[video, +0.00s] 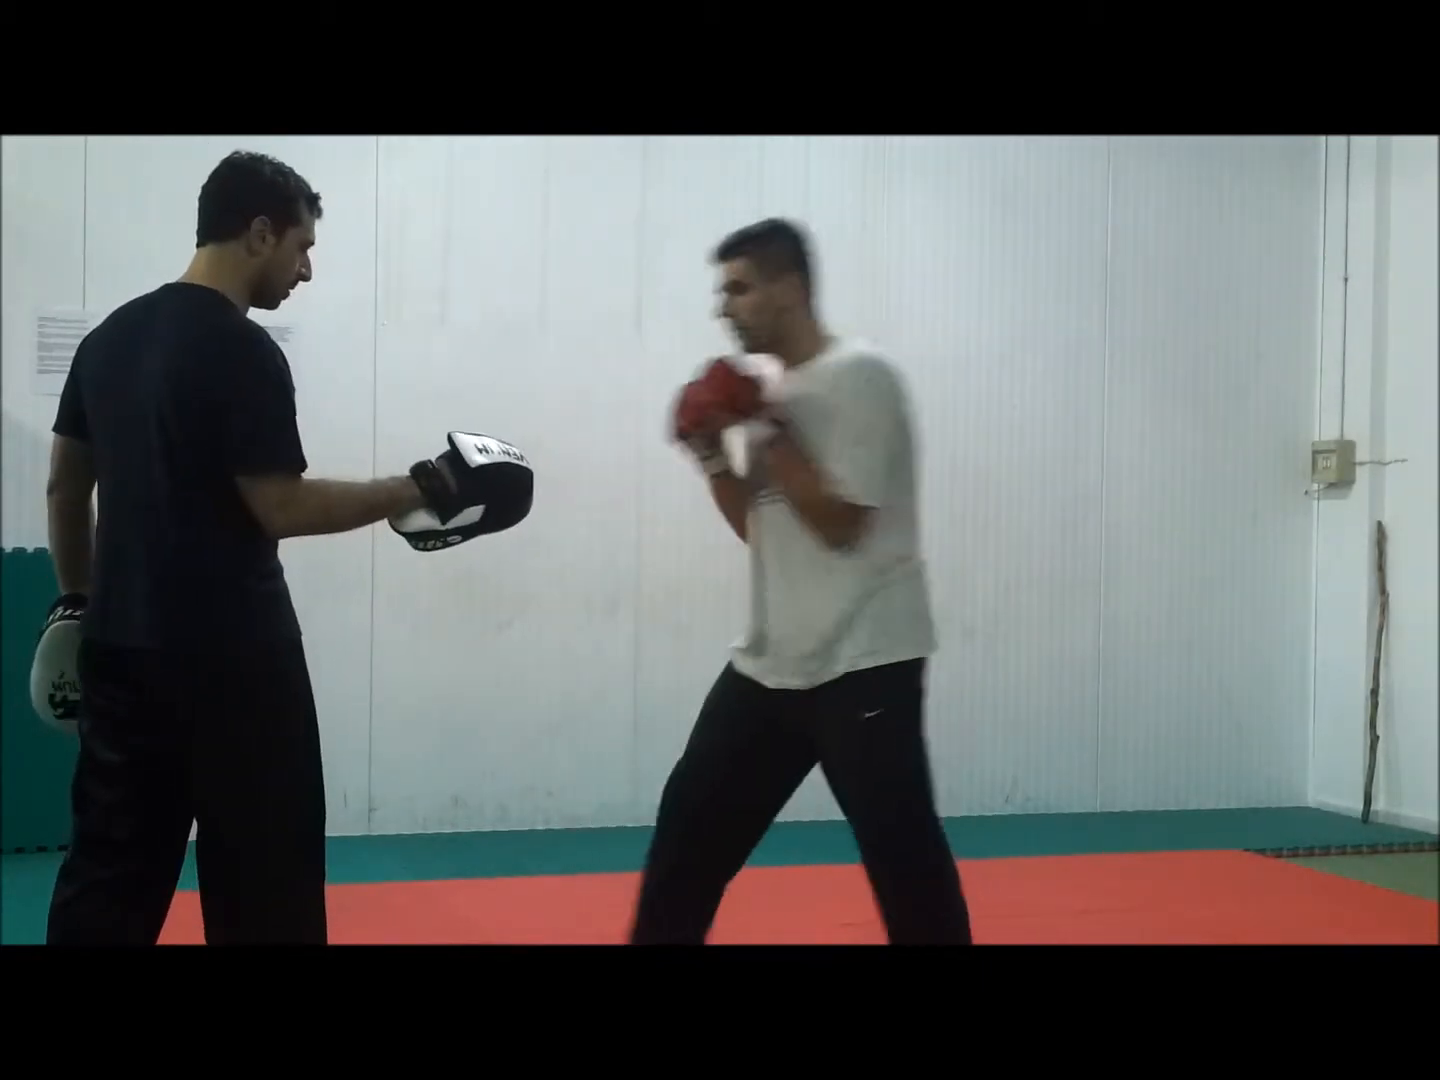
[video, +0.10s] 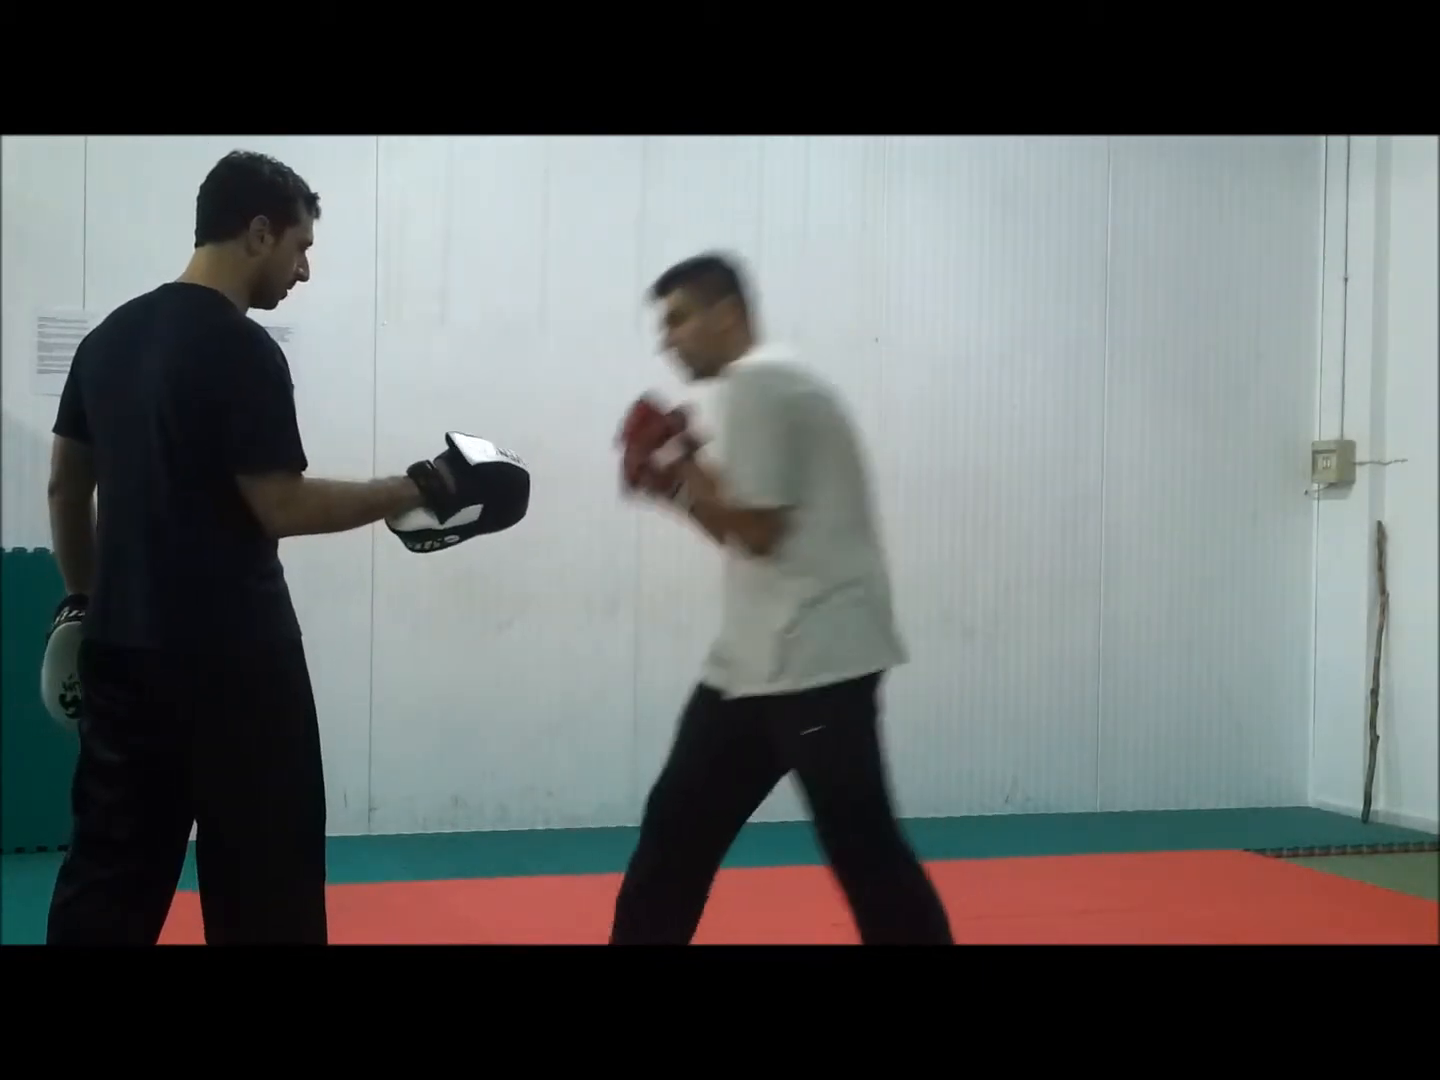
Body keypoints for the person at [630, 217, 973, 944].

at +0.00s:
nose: (723, 307)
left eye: (737, 289)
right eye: (721, 292)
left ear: (791, 287)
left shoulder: (862, 377)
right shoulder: (772, 398)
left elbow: (841, 528)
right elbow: (760, 532)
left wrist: (768, 432)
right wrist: (710, 452)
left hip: (867, 660)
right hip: (776, 658)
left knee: (904, 855)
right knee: (690, 829)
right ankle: (656, 947)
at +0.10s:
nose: (668, 339)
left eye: (679, 319)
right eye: (664, 324)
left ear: (730, 312)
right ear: (728, 320)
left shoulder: (763, 386)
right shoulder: (767, 387)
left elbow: (758, 529)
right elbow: (755, 527)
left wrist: (687, 470)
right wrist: (676, 486)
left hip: (818, 666)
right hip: (753, 664)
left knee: (865, 849)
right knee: (673, 844)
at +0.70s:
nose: (510, 346)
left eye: (517, 322)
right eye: (497, 340)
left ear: (565, 308)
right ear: (502, 355)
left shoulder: (675, 359)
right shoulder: (536, 446)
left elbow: (740, 475)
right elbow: (574, 580)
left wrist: (634, 412)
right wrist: (556, 572)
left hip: (758, 639)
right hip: (642, 657)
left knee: (830, 837)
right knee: (597, 858)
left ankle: (868, 943)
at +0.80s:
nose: (506, 347)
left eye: (513, 323)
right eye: (497, 336)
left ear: (566, 306)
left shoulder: (670, 357)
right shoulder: (551, 444)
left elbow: (730, 480)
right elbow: (616, 560)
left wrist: (616, 424)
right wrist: (570, 577)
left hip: (752, 645)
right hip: (642, 663)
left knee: (822, 837)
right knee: (590, 844)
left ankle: (869, 940)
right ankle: (586, 948)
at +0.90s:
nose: (532, 333)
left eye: (542, 311)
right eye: (527, 319)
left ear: (597, 296)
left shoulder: (687, 363)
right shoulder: (598, 408)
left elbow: (726, 491)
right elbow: (642, 537)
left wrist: (612, 433)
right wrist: (584, 569)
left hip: (752, 648)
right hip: (653, 664)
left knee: (826, 836)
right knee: (601, 846)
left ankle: (882, 941)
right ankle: (591, 947)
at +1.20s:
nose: (746, 329)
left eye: (759, 309)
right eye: (740, 312)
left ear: (811, 297)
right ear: (748, 311)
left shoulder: (895, 390)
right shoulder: (774, 396)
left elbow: (884, 534)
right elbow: (760, 533)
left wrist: (814, 447)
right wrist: (737, 455)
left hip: (883, 657)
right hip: (786, 646)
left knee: (919, 856)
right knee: (701, 805)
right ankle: (678, 942)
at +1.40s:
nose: (647, 358)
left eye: (654, 336)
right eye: (641, 343)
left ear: (702, 318)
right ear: (700, 325)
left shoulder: (749, 390)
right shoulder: (742, 391)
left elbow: (754, 533)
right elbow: (757, 525)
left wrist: (678, 482)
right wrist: (672, 488)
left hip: (817, 655)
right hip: (754, 652)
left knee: (855, 842)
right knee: (677, 836)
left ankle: (919, 943)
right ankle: (632, 945)